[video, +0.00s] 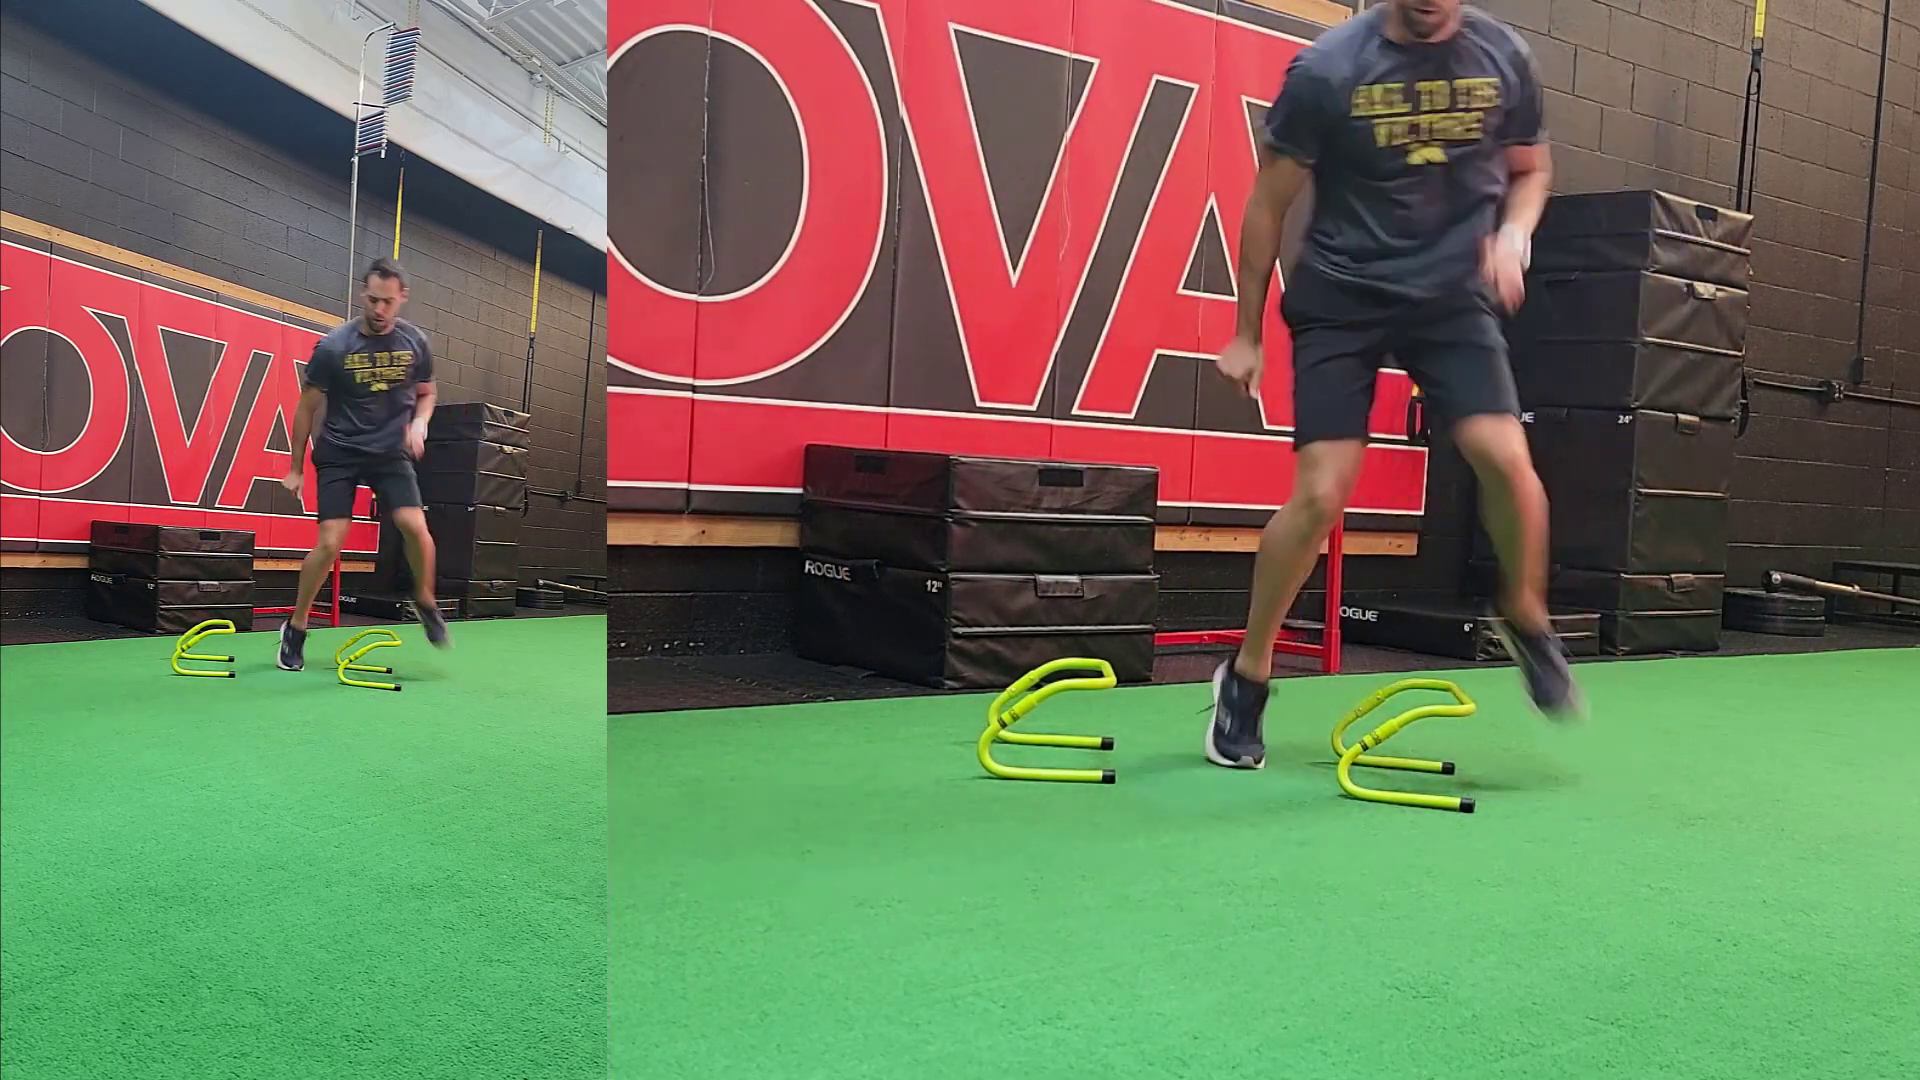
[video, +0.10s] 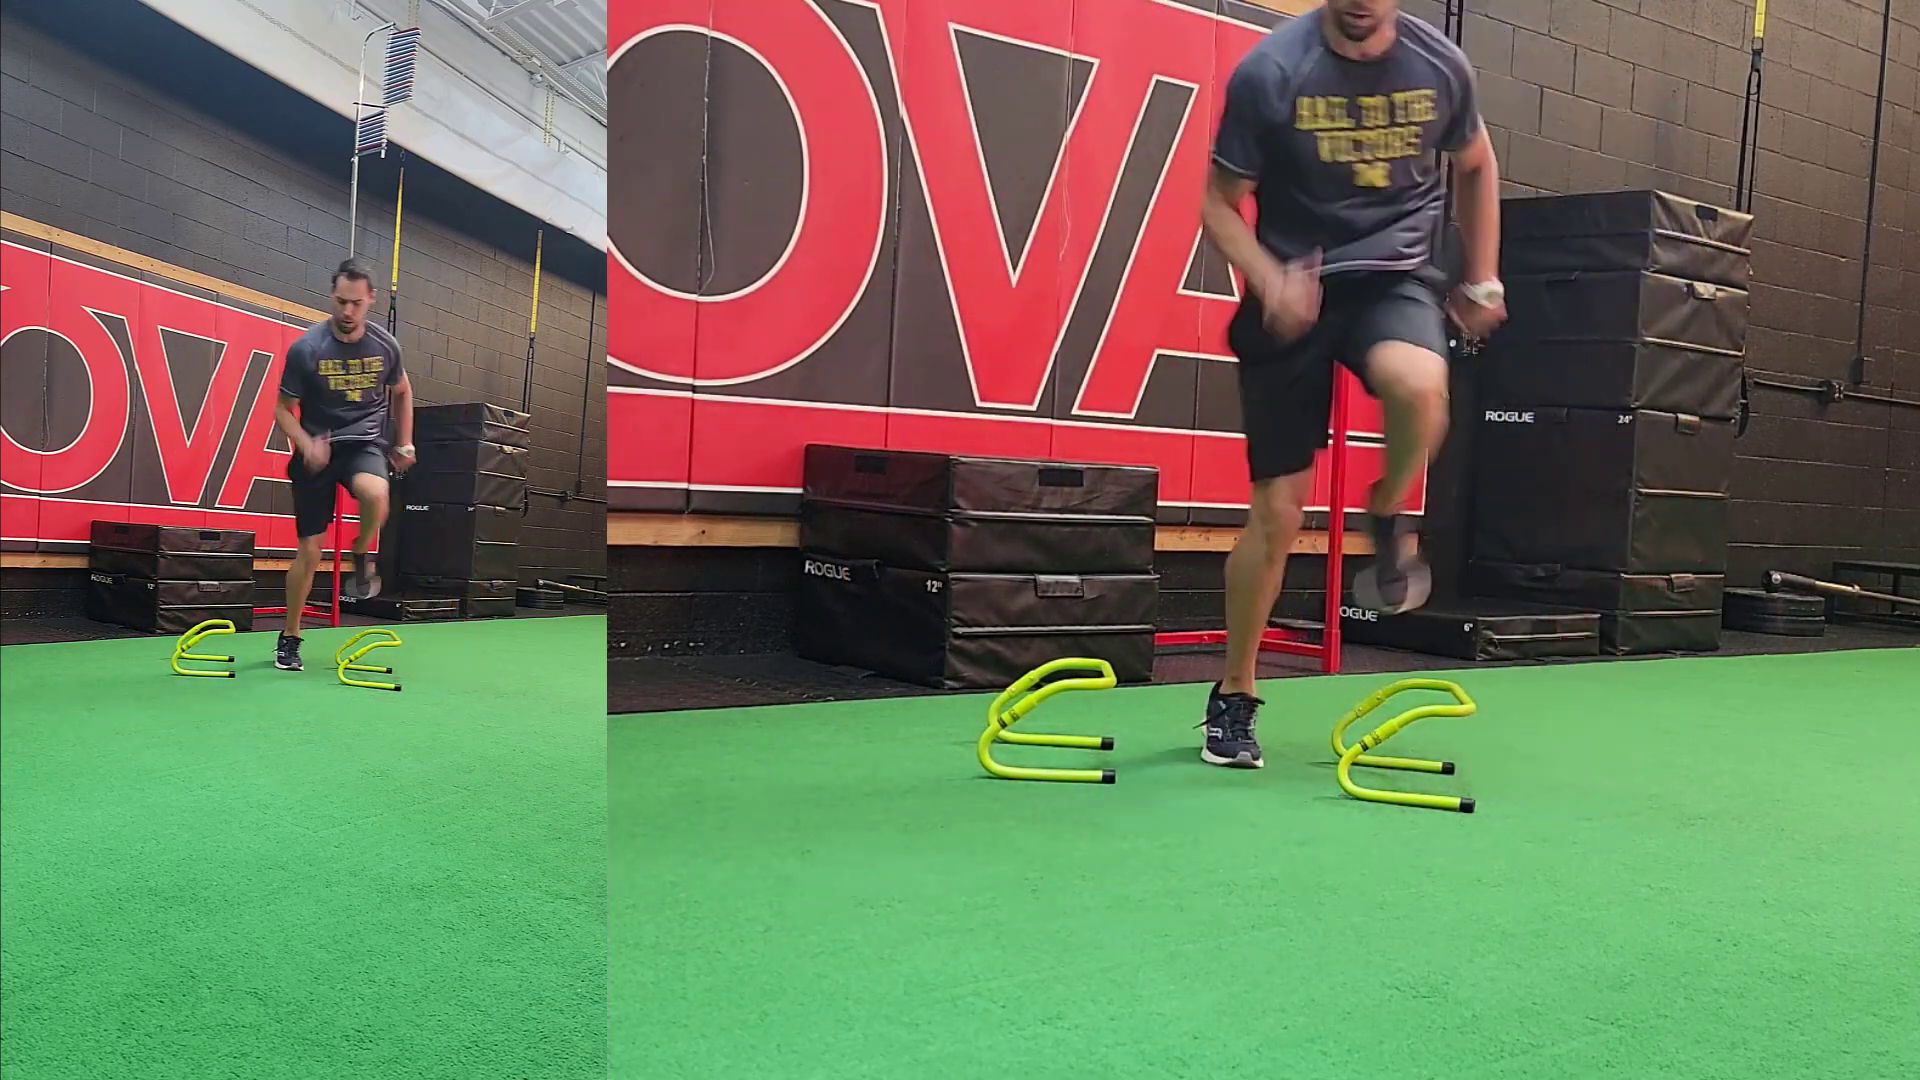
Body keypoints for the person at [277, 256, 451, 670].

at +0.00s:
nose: (379, 310)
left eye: (388, 301)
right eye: (373, 299)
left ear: (402, 300)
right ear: (361, 295)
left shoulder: (415, 342)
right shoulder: (333, 347)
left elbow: (426, 393)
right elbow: (307, 407)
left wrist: (418, 424)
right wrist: (295, 468)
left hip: (391, 452)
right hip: (339, 452)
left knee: (415, 526)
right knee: (330, 544)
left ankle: (425, 601)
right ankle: (296, 627)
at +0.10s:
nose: (347, 311)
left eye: (355, 303)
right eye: (341, 302)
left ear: (370, 302)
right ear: (330, 299)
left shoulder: (386, 347)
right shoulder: (305, 350)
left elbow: (401, 391)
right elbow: (283, 409)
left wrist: (404, 443)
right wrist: (304, 443)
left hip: (364, 445)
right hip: (316, 446)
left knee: (375, 494)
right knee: (309, 550)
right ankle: (290, 635)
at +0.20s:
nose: (322, 301)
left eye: (331, 294)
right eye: (316, 292)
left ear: (346, 291)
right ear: (307, 287)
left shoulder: (367, 334)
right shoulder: (282, 331)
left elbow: (379, 378)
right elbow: (262, 387)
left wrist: (374, 429)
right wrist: (285, 405)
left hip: (337, 440)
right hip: (289, 438)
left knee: (331, 508)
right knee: (286, 526)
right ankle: (284, 619)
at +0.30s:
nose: (296, 306)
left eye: (305, 298)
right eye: (290, 296)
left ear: (321, 295)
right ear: (281, 289)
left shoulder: (339, 343)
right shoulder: (255, 335)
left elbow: (350, 399)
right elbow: (237, 388)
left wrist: (345, 453)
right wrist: (235, 429)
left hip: (310, 448)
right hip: (262, 444)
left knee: (301, 540)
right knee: (247, 502)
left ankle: (308, 639)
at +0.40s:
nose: (269, 311)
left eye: (278, 303)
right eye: (263, 301)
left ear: (296, 298)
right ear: (255, 296)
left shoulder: (316, 348)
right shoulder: (233, 340)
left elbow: (332, 405)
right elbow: (213, 389)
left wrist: (327, 465)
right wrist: (210, 421)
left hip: (288, 458)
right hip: (239, 445)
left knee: (290, 549)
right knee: (207, 495)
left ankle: (304, 643)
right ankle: (211, 537)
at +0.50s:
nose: (239, 314)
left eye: (247, 305)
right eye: (233, 303)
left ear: (264, 299)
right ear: (224, 296)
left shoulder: (284, 344)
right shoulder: (201, 336)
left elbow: (312, 400)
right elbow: (185, 383)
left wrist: (307, 456)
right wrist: (190, 414)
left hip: (261, 444)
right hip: (212, 438)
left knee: (262, 522)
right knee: (177, 516)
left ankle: (286, 610)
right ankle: (140, 600)